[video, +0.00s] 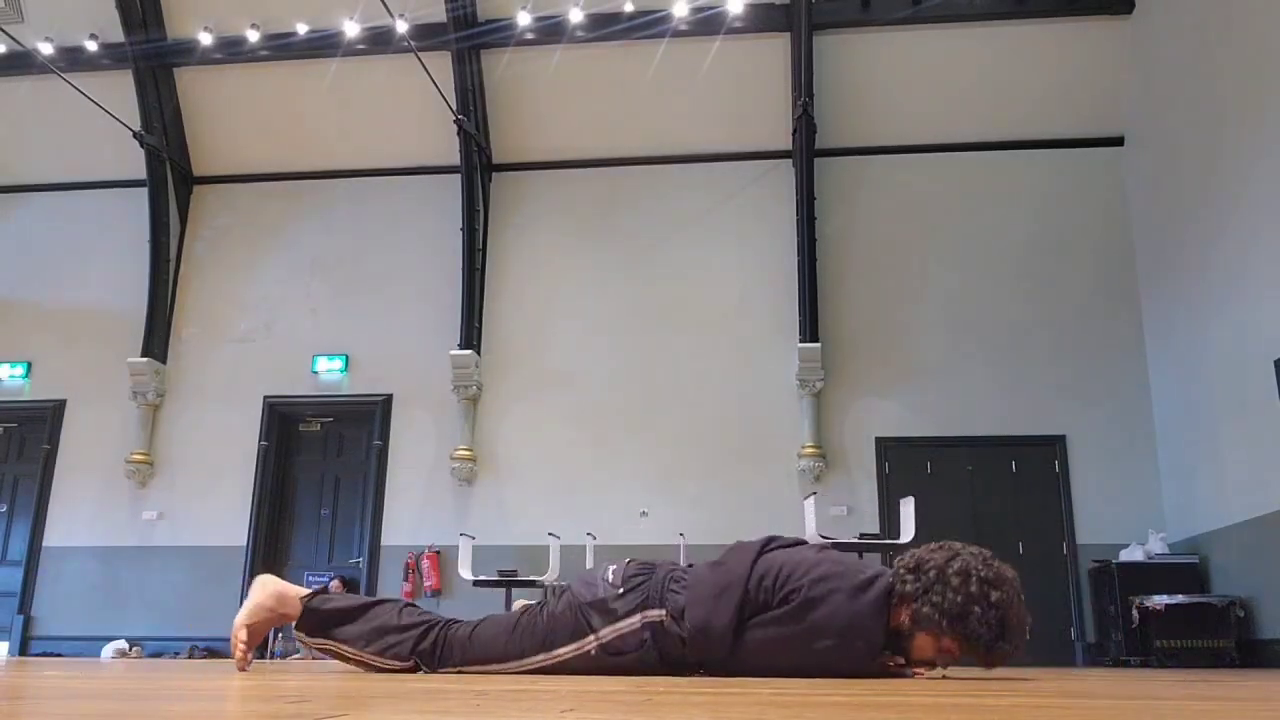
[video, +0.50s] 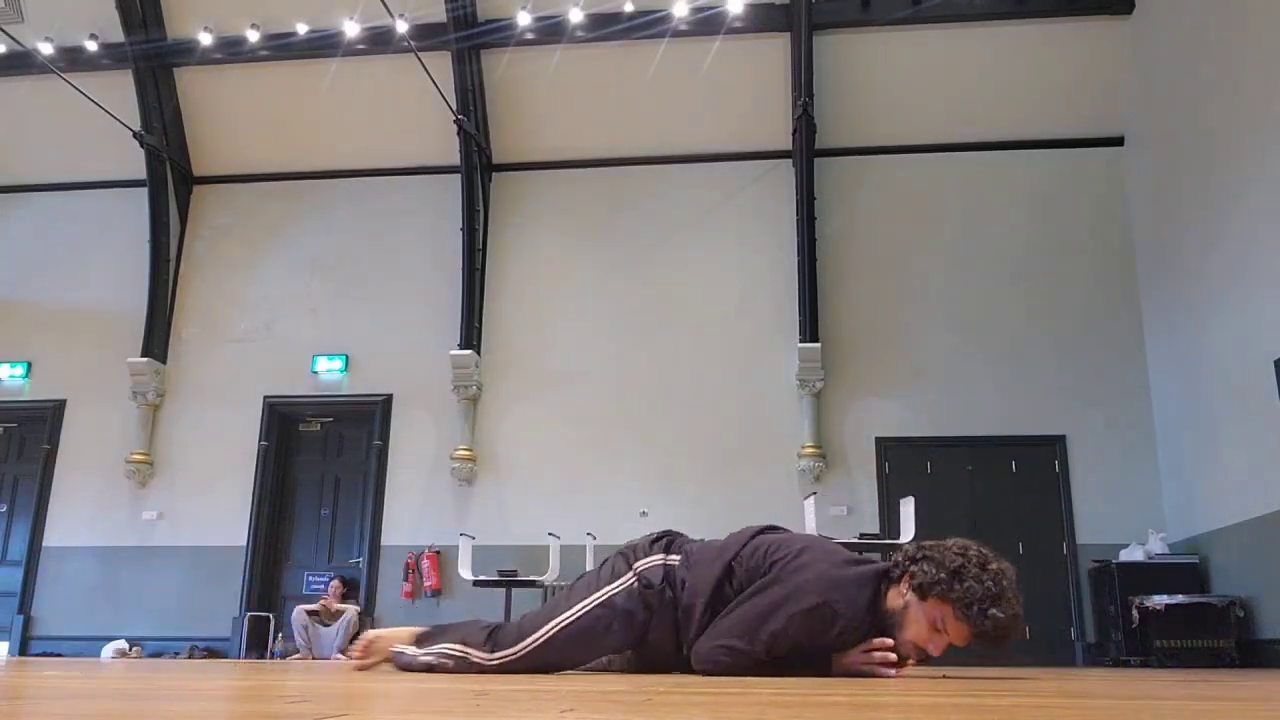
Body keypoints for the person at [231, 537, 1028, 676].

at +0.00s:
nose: (950, 668)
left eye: (966, 661)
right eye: (958, 657)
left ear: (934, 598)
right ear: (931, 623)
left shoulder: (872, 588)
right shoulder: (854, 617)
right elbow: (750, 664)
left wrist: (897, 657)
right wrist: (886, 673)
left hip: (650, 601)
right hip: (637, 616)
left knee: (481, 642)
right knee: (460, 650)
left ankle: (324, 612)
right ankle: (292, 606)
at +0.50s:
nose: (939, 645)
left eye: (952, 641)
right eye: (940, 627)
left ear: (948, 619)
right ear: (912, 589)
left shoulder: (879, 598)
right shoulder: (829, 588)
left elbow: (781, 655)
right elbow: (712, 660)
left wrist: (857, 654)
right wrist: (831, 666)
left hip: (674, 617)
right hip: (649, 589)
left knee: (525, 654)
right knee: (501, 659)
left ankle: (410, 644)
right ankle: (390, 646)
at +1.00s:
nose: (880, 636)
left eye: (900, 639)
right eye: (884, 614)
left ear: (912, 644)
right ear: (875, 575)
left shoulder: (866, 606)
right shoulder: (784, 565)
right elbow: (717, 653)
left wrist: (887, 658)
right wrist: (826, 661)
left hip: (716, 636)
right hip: (682, 590)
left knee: (613, 647)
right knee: (589, 655)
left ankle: (517, 637)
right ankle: (499, 653)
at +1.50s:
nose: (860, 612)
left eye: (879, 624)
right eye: (870, 596)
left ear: (902, 640)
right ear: (874, 564)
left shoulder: (893, 634)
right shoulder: (800, 555)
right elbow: (736, 645)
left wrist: (871, 661)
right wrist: (820, 661)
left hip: (722, 636)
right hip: (701, 572)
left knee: (637, 646)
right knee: (590, 545)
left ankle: (594, 649)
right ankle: (507, 643)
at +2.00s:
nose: (963, 623)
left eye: (978, 630)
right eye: (970, 611)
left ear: (981, 628)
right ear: (962, 578)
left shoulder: (941, 635)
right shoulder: (908, 551)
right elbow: (935, 612)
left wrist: (889, 659)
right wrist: (1057, 661)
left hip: (789, 627)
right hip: (746, 567)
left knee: (801, 645)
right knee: (568, 556)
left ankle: (642, 652)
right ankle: (502, 642)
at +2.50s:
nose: (1003, 629)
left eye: (1012, 644)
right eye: (1013, 620)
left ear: (1006, 649)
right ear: (1013, 597)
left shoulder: (941, 628)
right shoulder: (984, 565)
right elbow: (1084, 589)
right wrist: (1173, 654)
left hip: (834, 608)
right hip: (841, 544)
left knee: (920, 659)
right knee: (814, 579)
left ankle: (739, 655)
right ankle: (614, 624)